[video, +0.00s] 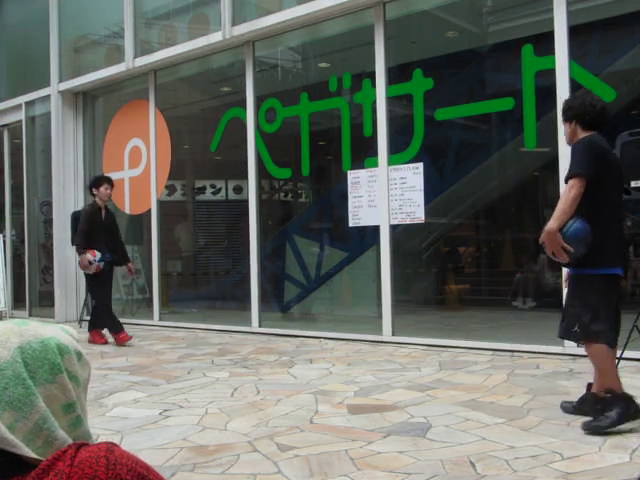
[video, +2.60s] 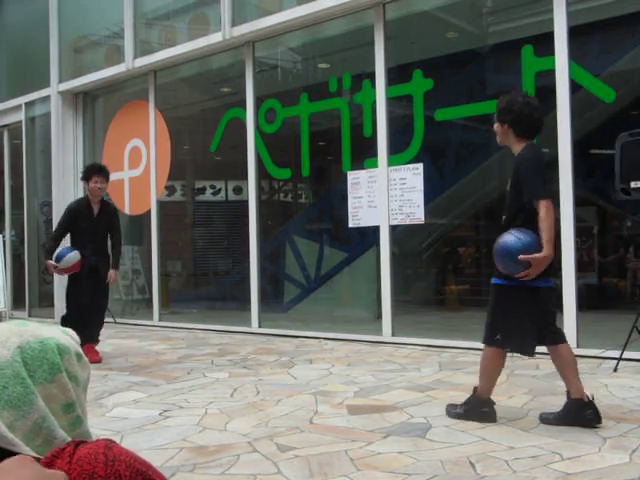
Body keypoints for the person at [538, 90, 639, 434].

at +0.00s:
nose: (564, 131)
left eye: (565, 125)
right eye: (564, 125)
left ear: (574, 123)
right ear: (595, 122)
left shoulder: (586, 147)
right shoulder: (603, 149)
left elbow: (576, 188)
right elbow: (602, 205)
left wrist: (551, 228)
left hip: (595, 259)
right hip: (601, 258)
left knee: (590, 328)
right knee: (594, 328)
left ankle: (619, 399)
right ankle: (599, 393)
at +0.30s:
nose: (581, 123)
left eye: (584, 117)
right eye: (582, 117)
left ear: (598, 117)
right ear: (608, 117)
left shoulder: (611, 146)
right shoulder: (619, 146)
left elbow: (603, 192)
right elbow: (609, 196)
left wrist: (583, 233)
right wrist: (585, 235)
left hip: (617, 261)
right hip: (614, 260)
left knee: (627, 334)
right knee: (607, 331)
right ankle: (597, 396)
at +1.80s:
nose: (557, 118)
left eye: (560, 111)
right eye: (558, 111)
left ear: (574, 113)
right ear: (576, 114)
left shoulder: (598, 146)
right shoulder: (583, 150)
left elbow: (603, 194)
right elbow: (572, 213)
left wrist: (594, 239)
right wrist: (552, 256)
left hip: (586, 252)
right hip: (573, 253)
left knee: (585, 329)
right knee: (579, 330)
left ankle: (636, 387)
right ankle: (583, 404)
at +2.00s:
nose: (545, 118)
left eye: (548, 112)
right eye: (546, 112)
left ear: (561, 115)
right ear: (568, 116)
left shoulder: (587, 147)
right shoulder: (565, 153)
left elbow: (599, 190)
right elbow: (554, 214)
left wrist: (597, 232)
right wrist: (537, 256)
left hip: (571, 259)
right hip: (554, 259)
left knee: (571, 328)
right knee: (557, 329)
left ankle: (591, 401)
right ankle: (584, 398)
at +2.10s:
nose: (540, 118)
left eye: (543, 112)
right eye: (541, 112)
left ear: (556, 116)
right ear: (563, 117)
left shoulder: (580, 148)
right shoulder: (557, 156)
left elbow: (597, 192)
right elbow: (549, 216)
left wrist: (598, 233)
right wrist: (534, 258)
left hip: (562, 261)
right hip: (558, 261)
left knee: (551, 333)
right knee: (573, 333)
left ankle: (550, 412)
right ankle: (584, 405)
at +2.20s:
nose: (532, 120)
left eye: (535, 114)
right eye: (534, 114)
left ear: (548, 117)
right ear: (555, 119)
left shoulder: (575, 150)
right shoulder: (553, 159)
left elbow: (594, 194)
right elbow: (545, 217)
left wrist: (597, 235)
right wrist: (531, 264)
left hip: (555, 263)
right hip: (551, 264)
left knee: (534, 334)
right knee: (570, 335)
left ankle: (514, 404)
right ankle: (583, 405)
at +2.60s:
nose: (494, 127)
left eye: (497, 122)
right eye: (496, 121)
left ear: (508, 127)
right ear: (526, 127)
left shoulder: (530, 159)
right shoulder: (530, 158)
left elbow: (545, 206)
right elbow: (541, 208)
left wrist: (547, 252)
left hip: (516, 265)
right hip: (533, 263)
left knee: (496, 334)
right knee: (550, 333)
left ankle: (480, 400)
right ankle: (579, 401)